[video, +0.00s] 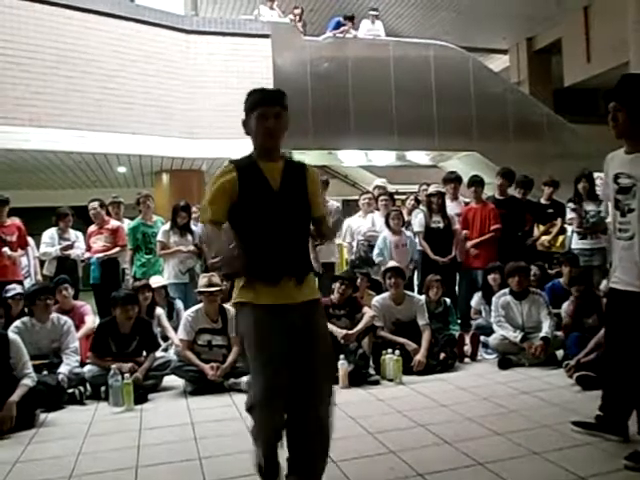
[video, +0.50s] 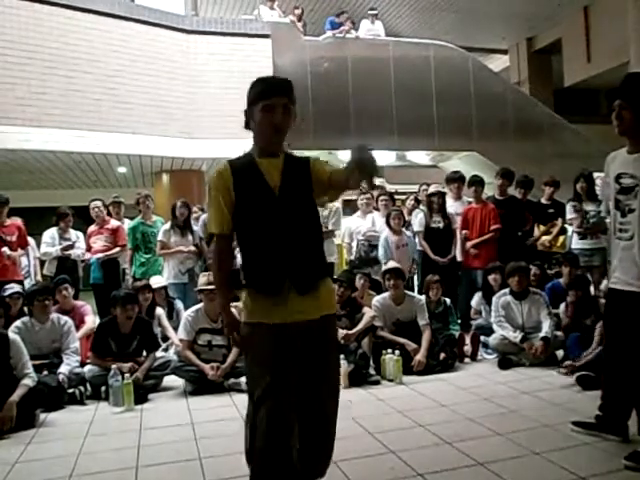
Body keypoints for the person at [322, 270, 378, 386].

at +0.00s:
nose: (343, 288)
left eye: (347, 286)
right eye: (341, 284)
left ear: (351, 291)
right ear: (334, 285)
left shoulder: (353, 302)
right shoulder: (324, 303)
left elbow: (371, 314)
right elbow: (321, 322)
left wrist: (354, 333)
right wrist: (337, 331)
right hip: (331, 345)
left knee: (369, 325)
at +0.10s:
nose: (343, 289)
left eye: (347, 287)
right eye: (341, 284)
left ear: (351, 291)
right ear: (334, 285)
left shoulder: (353, 302)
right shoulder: (323, 303)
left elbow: (371, 314)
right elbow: (319, 320)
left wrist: (354, 332)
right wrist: (337, 331)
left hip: (352, 346)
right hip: (331, 345)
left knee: (369, 326)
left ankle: (365, 368)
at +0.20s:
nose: (342, 291)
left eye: (347, 288)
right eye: (340, 286)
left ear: (351, 292)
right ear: (334, 285)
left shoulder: (352, 301)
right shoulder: (325, 303)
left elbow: (371, 314)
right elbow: (322, 322)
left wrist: (354, 332)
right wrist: (337, 331)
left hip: (352, 345)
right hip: (332, 344)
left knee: (369, 325)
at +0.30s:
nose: (341, 291)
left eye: (346, 289)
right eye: (340, 286)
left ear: (351, 292)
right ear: (334, 286)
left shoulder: (352, 301)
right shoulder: (327, 301)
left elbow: (371, 314)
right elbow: (322, 321)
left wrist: (354, 332)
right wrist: (336, 331)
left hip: (352, 343)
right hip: (333, 345)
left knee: (369, 325)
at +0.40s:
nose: (341, 291)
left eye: (346, 289)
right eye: (340, 286)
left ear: (351, 291)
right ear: (334, 285)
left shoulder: (352, 301)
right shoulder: (327, 301)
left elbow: (371, 314)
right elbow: (321, 322)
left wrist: (354, 333)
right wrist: (337, 332)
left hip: (352, 345)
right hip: (333, 345)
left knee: (369, 326)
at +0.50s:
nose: (341, 291)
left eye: (346, 289)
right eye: (340, 286)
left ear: (351, 291)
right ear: (335, 285)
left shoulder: (352, 302)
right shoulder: (327, 302)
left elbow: (371, 314)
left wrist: (354, 333)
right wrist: (337, 332)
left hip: (352, 344)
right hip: (333, 345)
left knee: (368, 325)